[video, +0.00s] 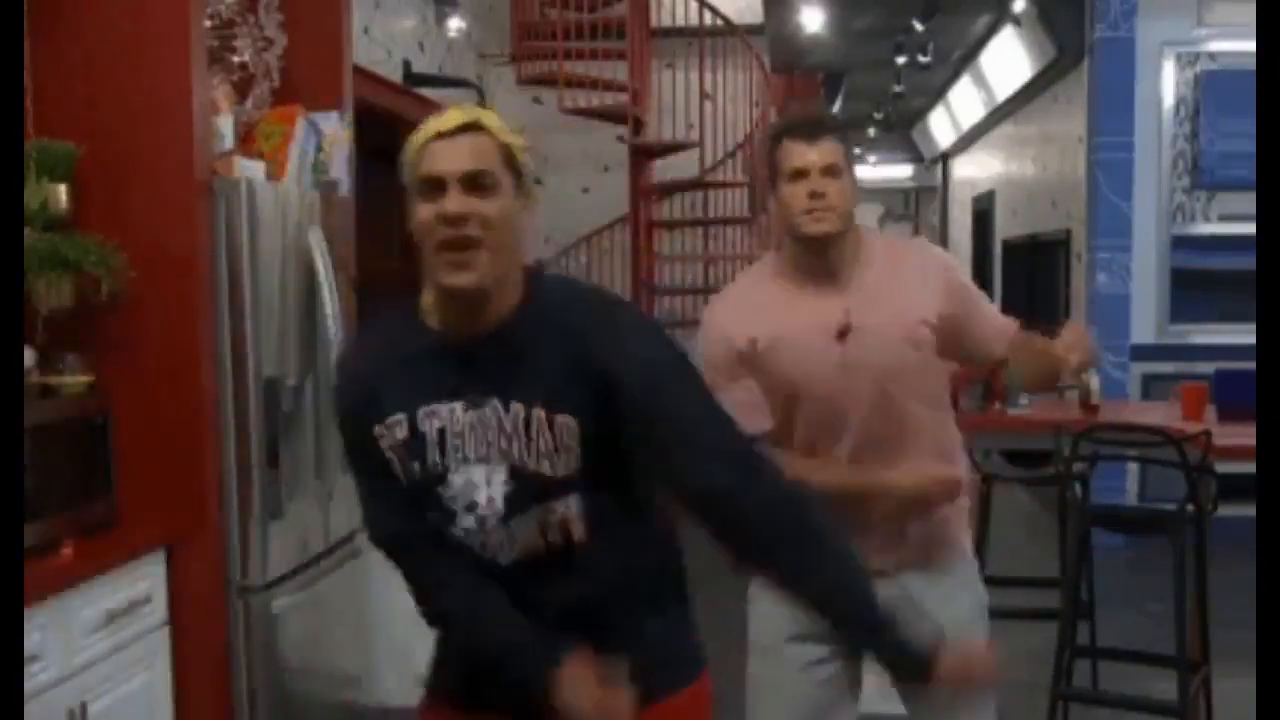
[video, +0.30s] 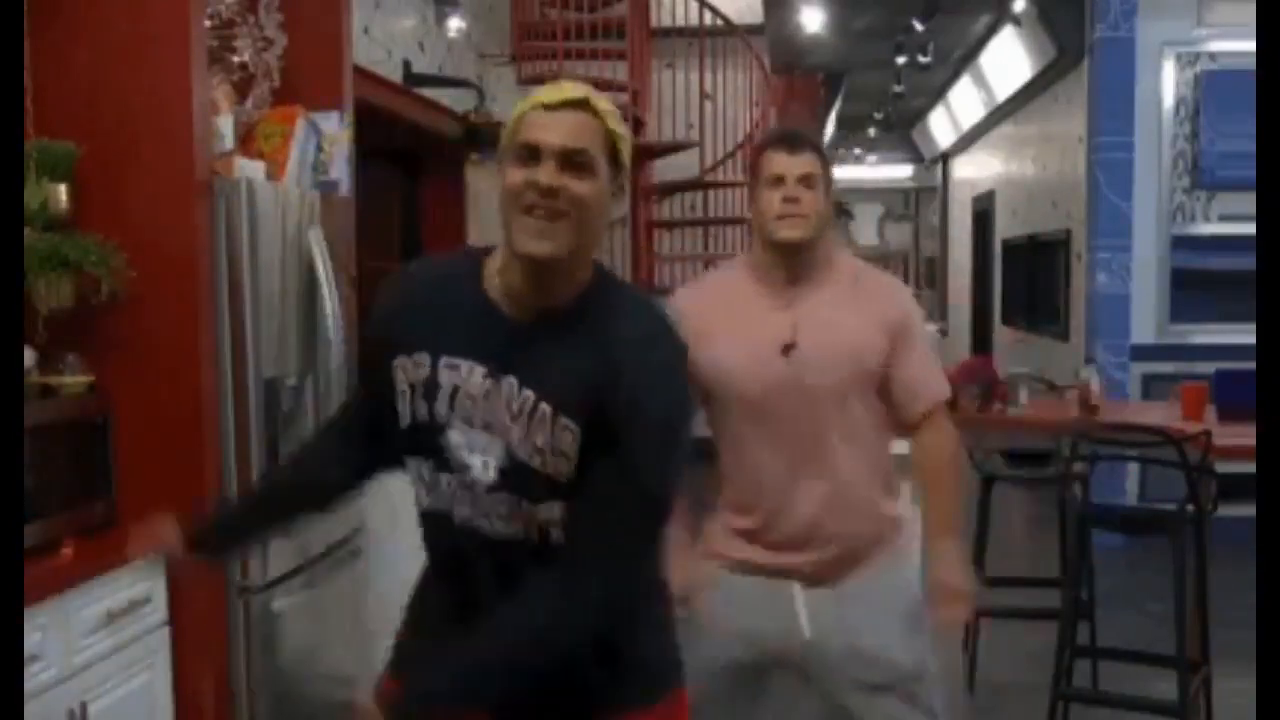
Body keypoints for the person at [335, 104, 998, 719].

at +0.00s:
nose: (454, 210)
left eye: (479, 187)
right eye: (431, 192)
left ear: (524, 207)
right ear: (408, 217)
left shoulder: (606, 338)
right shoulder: (373, 371)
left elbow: (742, 490)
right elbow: (419, 554)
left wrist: (909, 651)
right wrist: (544, 666)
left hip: (642, 674)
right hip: (477, 676)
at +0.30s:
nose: (547, 181)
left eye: (576, 165)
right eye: (529, 159)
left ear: (614, 194)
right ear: (500, 176)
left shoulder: (642, 349)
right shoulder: (422, 298)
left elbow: (604, 578)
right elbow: (364, 437)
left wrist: (417, 691)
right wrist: (208, 531)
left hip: (605, 657)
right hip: (449, 640)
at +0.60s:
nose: (419, 236)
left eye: (449, 222)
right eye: (406, 213)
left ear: (492, 249)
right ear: (383, 226)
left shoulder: (506, 404)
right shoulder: (319, 327)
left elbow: (438, 605)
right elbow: (233, 379)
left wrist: (325, 475)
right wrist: (62, 303)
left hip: (484, 685)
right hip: (346, 672)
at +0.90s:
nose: (294, 207)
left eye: (320, 187)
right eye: (276, 189)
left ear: (370, 201)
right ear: (260, 207)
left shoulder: (449, 334)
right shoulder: (222, 363)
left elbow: (446, 536)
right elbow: (174, 539)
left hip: (441, 667)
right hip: (288, 669)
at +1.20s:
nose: (293, 215)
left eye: (316, 191)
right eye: (274, 202)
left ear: (373, 199)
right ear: (264, 229)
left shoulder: (489, 267)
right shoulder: (278, 392)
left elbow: (651, 333)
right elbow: (362, 563)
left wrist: (826, 367)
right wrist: (471, 485)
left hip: (559, 655)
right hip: (406, 669)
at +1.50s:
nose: (472, 226)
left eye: (499, 205)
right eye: (450, 209)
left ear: (548, 220)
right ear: (431, 233)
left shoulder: (635, 339)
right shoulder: (397, 389)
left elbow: (759, 475)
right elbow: (420, 554)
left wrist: (902, 580)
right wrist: (515, 639)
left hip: (647, 664)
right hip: (484, 673)